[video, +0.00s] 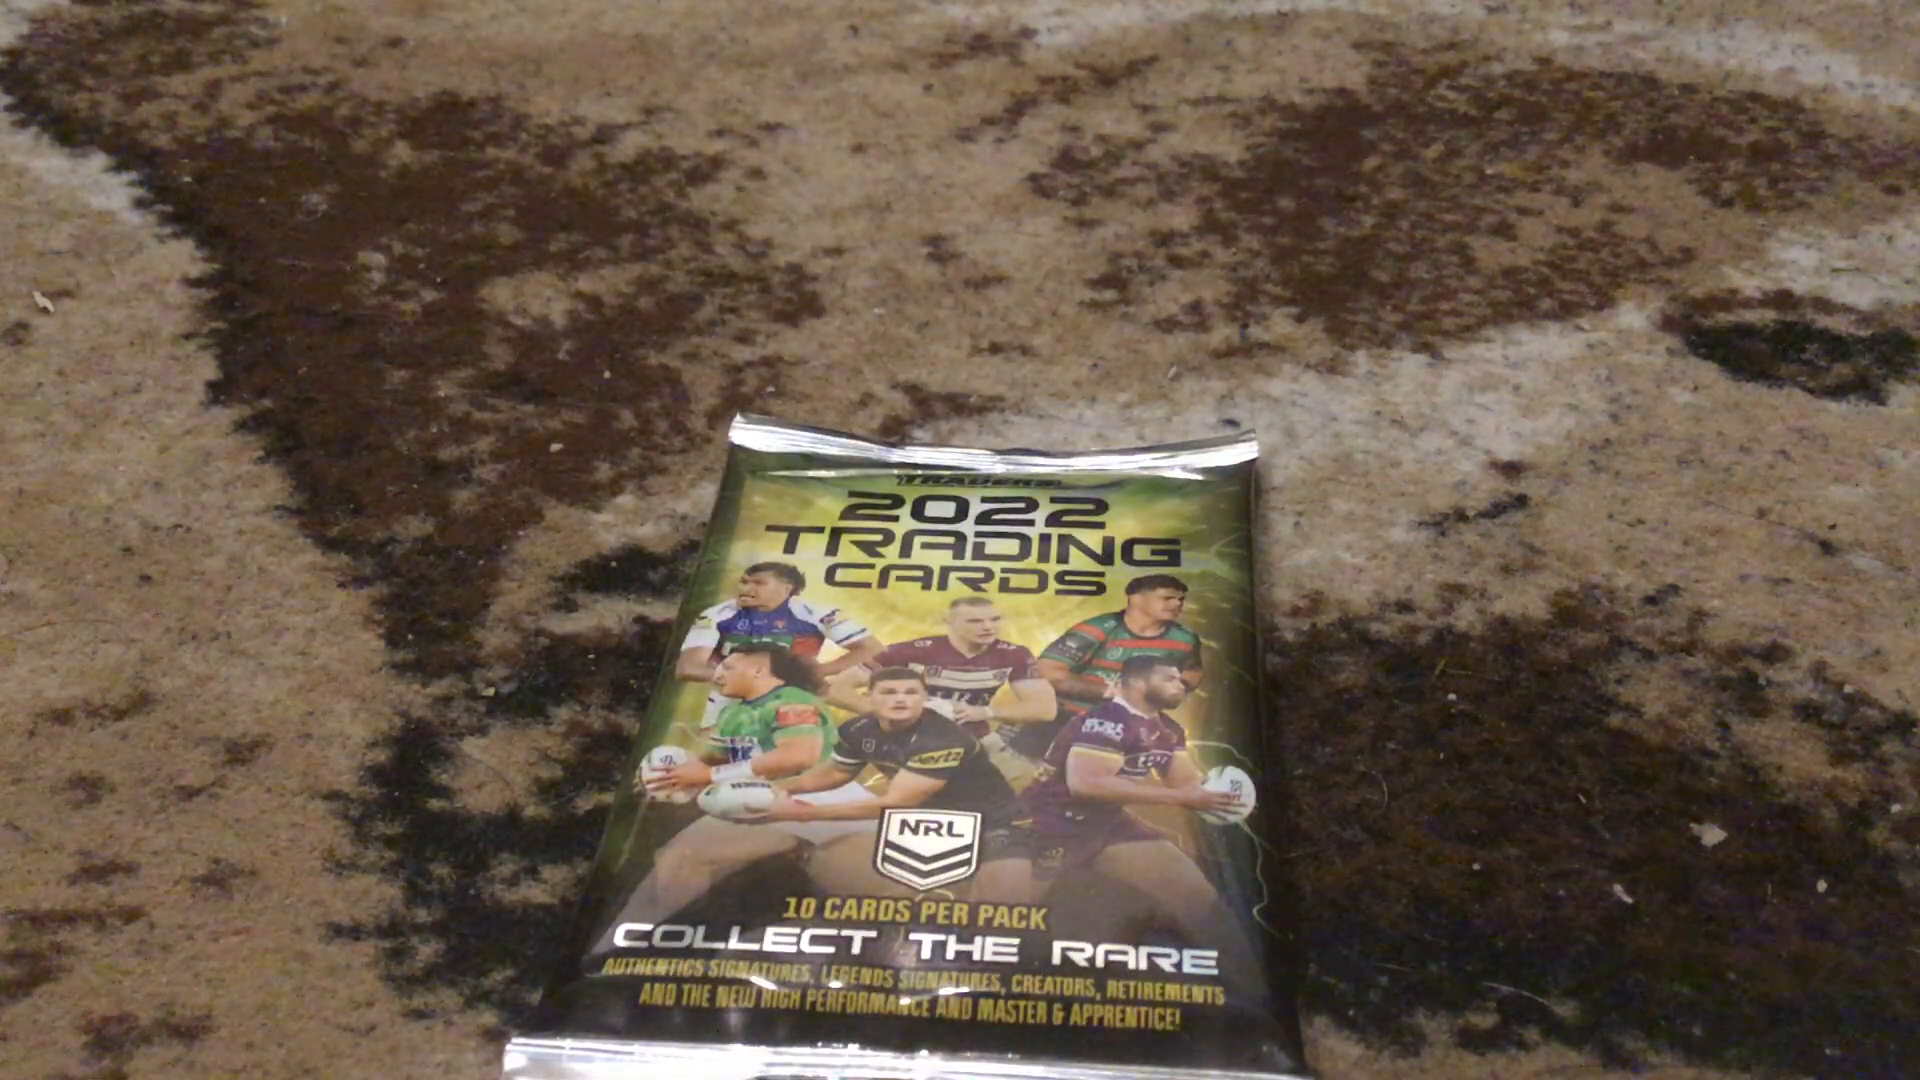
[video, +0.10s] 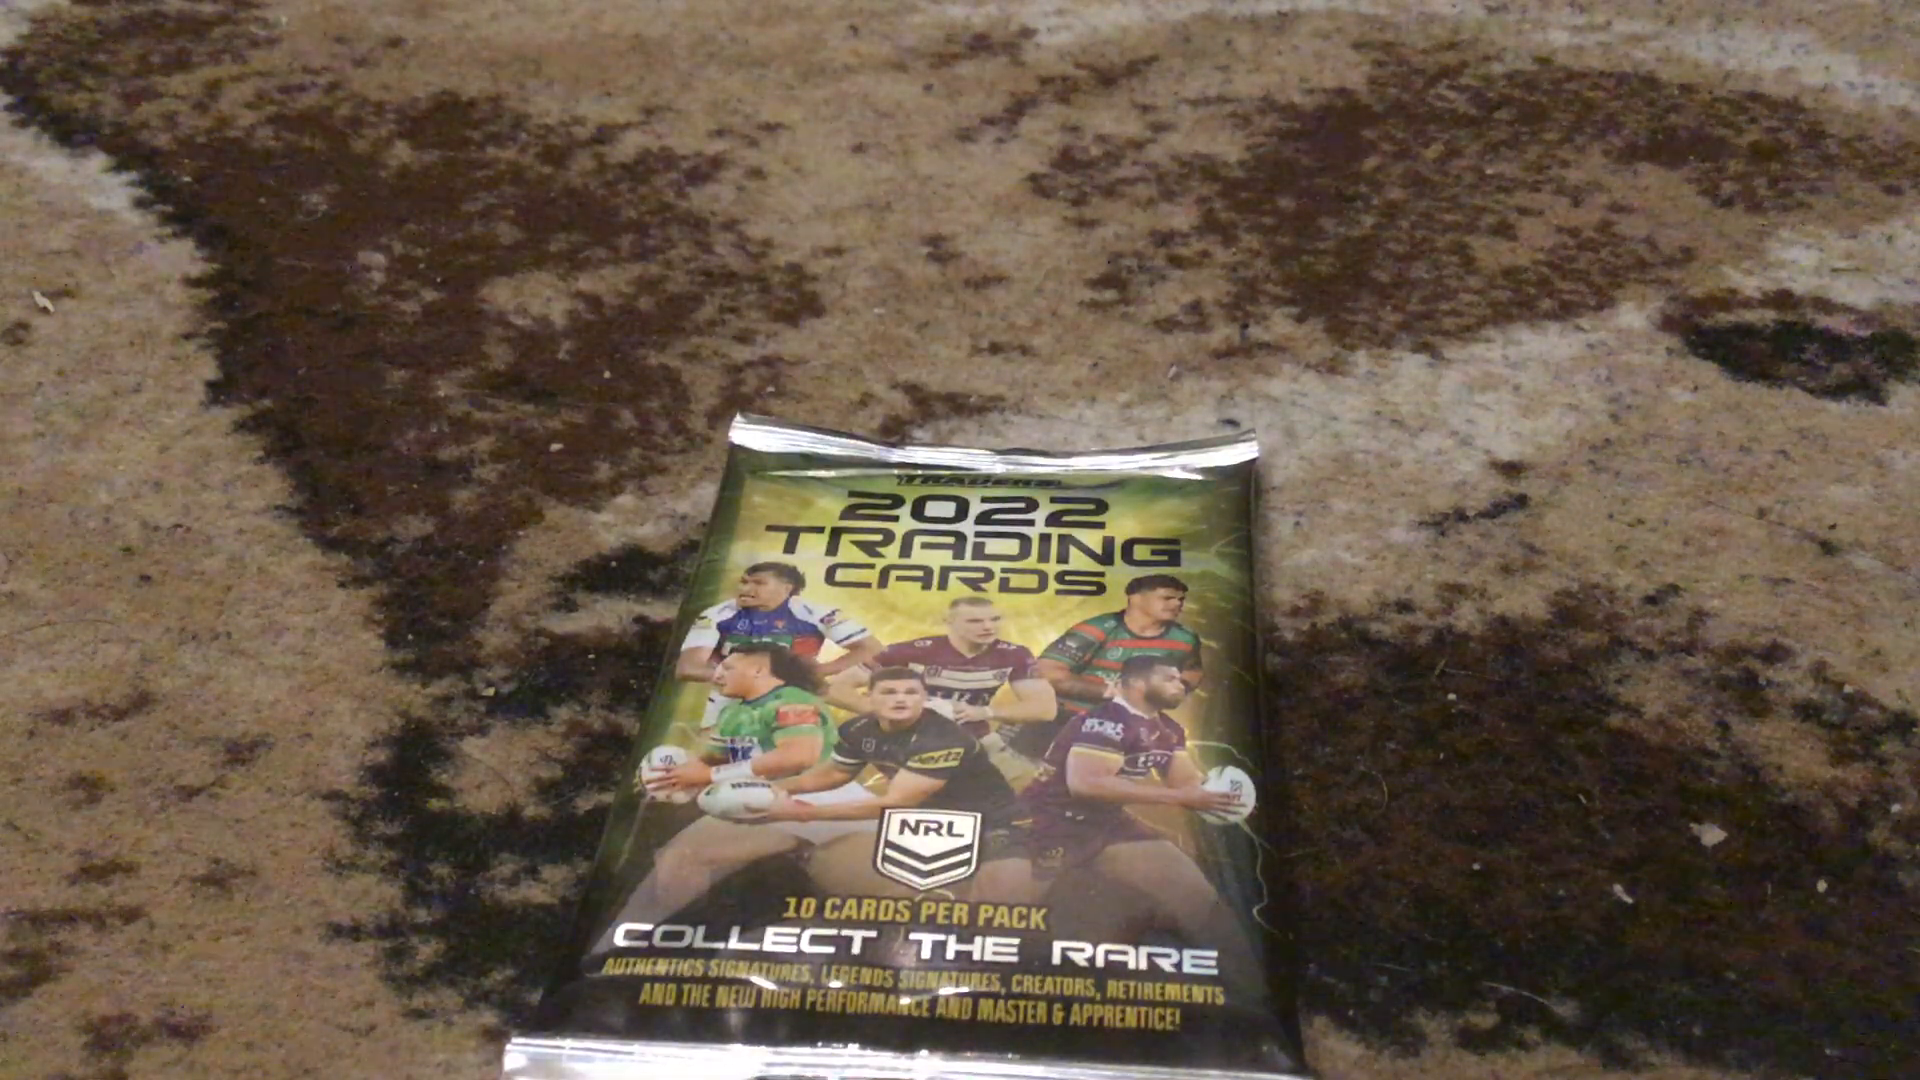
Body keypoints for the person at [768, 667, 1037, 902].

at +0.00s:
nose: (900, 700)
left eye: (910, 693)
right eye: (889, 693)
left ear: (924, 698)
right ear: (872, 698)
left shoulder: (944, 738)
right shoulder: (861, 731)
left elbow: (895, 805)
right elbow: (834, 772)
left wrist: (811, 813)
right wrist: (788, 785)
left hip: (993, 828)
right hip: (930, 826)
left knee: (1006, 913)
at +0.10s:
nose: (900, 700)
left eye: (910, 693)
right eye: (889, 693)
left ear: (924, 698)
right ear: (872, 699)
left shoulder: (944, 738)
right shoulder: (861, 732)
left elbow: (893, 805)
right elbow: (832, 773)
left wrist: (809, 813)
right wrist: (787, 786)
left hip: (993, 828)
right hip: (931, 826)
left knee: (1003, 916)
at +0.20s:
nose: (900, 700)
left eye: (910, 693)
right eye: (889, 693)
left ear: (924, 698)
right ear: (873, 698)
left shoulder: (944, 738)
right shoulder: (862, 731)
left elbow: (894, 805)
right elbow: (834, 772)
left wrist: (808, 812)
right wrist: (787, 786)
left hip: (992, 826)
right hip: (929, 822)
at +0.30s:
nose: (900, 700)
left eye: (910, 692)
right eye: (889, 692)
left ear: (924, 698)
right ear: (872, 698)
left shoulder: (944, 738)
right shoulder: (862, 731)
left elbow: (894, 805)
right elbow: (832, 773)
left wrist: (806, 813)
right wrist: (786, 786)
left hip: (992, 827)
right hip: (928, 824)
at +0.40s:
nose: (900, 699)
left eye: (910, 692)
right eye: (889, 692)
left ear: (924, 698)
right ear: (872, 698)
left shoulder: (944, 738)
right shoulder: (861, 732)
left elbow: (893, 805)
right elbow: (833, 773)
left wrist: (808, 812)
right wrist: (786, 786)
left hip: (993, 829)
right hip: (929, 826)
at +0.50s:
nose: (900, 700)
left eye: (910, 692)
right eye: (889, 692)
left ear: (924, 698)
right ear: (872, 698)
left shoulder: (944, 738)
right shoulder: (861, 731)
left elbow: (894, 805)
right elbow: (833, 772)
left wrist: (808, 812)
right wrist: (786, 786)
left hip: (993, 830)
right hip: (928, 828)